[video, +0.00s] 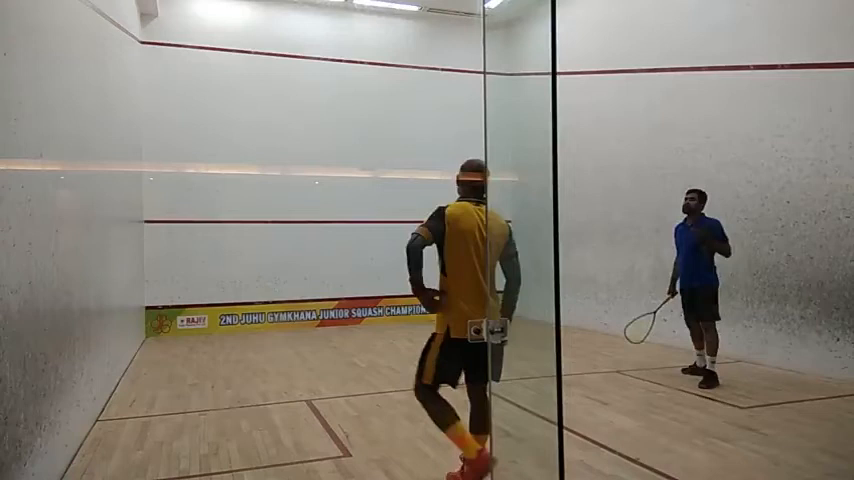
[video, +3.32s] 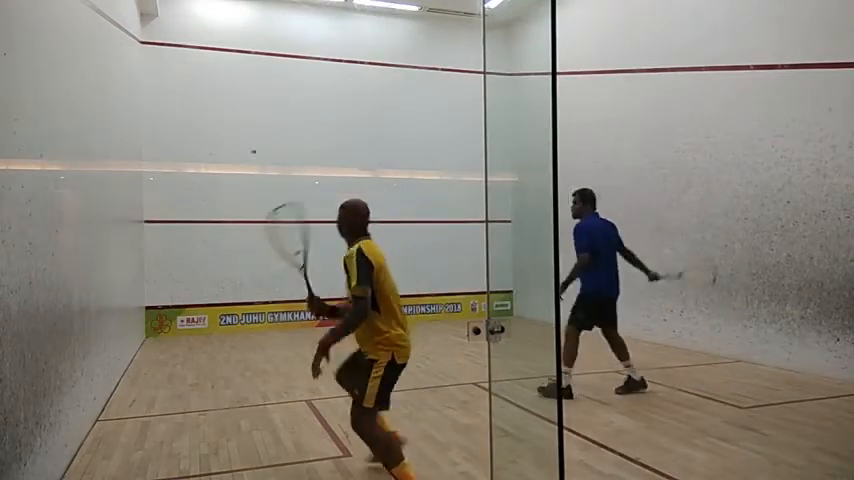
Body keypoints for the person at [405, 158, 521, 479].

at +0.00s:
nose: (464, 189)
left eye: (461, 184)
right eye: (473, 183)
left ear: (458, 185)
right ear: (486, 186)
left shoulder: (446, 214)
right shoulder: (500, 225)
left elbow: (414, 245)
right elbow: (514, 277)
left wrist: (421, 292)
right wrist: (504, 318)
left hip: (453, 326)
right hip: (489, 326)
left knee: (425, 388)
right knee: (479, 393)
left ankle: (474, 453)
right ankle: (476, 464)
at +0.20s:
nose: (448, 187)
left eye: (447, 182)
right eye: (457, 182)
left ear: (447, 183)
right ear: (475, 186)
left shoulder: (435, 213)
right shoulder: (489, 222)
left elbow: (404, 245)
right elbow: (504, 272)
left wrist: (410, 289)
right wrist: (490, 310)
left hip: (442, 324)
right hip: (478, 324)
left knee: (411, 381)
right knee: (474, 392)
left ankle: (430, 463)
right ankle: (473, 469)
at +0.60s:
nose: (425, 183)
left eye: (419, 178)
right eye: (431, 178)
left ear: (413, 183)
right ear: (442, 185)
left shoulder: (396, 216)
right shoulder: (459, 219)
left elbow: (360, 250)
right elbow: (481, 266)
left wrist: (380, 292)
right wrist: (466, 301)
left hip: (412, 324)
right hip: (450, 323)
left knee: (402, 397)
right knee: (457, 393)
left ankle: (394, 470)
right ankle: (469, 466)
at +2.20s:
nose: (380, 192)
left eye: (378, 187)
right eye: (386, 186)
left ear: (378, 190)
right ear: (407, 190)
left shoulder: (367, 224)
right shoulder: (427, 223)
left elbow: (347, 279)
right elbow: (453, 270)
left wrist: (362, 271)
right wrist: (421, 278)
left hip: (388, 331)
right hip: (426, 328)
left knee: (377, 405)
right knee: (424, 378)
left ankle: (390, 475)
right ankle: (436, 451)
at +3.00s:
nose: (367, 201)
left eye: (368, 196)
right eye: (369, 195)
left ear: (370, 199)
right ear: (396, 201)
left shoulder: (370, 225)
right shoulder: (412, 233)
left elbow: (364, 269)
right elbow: (427, 282)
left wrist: (347, 283)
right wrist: (378, 288)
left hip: (399, 325)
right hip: (426, 322)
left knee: (388, 397)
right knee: (417, 385)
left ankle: (419, 472)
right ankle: (424, 457)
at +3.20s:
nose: (352, 210)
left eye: (354, 205)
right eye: (354, 205)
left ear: (358, 209)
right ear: (382, 210)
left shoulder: (362, 236)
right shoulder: (392, 240)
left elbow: (361, 285)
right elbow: (392, 296)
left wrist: (333, 316)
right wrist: (356, 312)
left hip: (392, 338)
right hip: (410, 335)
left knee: (374, 409)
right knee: (395, 396)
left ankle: (410, 474)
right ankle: (420, 459)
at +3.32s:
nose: (336, 223)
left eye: (339, 218)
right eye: (338, 217)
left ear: (347, 222)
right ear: (365, 221)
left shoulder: (358, 254)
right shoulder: (367, 251)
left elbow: (361, 309)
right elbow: (363, 306)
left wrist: (327, 340)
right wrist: (329, 310)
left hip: (387, 349)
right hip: (377, 345)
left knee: (362, 420)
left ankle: (403, 472)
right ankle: (385, 435)